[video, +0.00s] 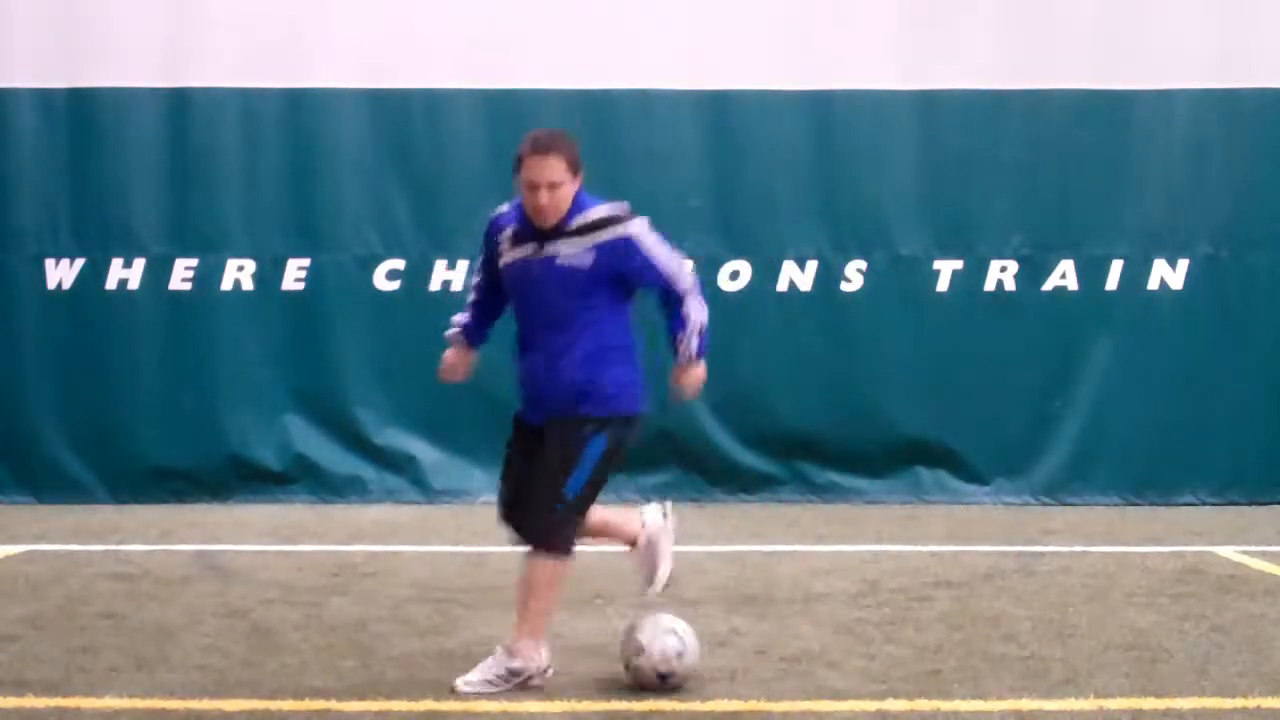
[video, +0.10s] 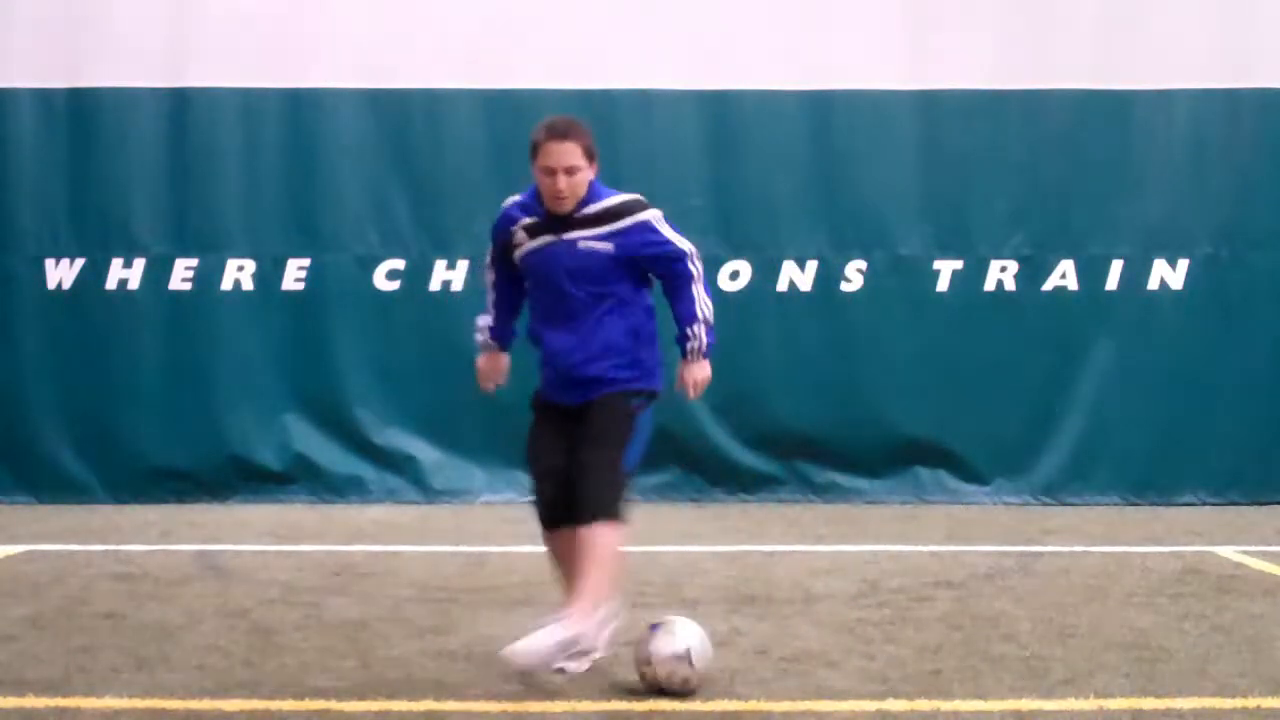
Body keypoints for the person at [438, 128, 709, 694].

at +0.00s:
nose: (541, 199)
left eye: (553, 187)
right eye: (531, 187)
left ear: (577, 181)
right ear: (517, 183)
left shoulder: (615, 227)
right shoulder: (504, 230)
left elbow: (682, 282)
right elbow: (488, 290)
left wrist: (690, 352)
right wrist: (465, 338)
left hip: (602, 403)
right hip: (541, 403)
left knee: (552, 520)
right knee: (521, 513)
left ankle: (526, 655)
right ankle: (642, 528)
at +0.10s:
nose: (560, 183)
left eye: (571, 171)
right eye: (549, 172)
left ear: (592, 169)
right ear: (533, 171)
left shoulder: (628, 215)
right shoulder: (515, 221)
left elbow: (682, 267)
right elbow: (503, 282)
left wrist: (697, 349)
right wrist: (495, 342)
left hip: (621, 380)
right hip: (558, 382)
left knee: (596, 484)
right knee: (552, 497)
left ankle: (582, 618)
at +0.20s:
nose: (584, 196)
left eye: (595, 184)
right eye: (573, 185)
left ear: (616, 185)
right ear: (559, 186)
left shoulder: (650, 236)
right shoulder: (537, 237)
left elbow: (702, 302)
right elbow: (512, 295)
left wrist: (706, 357)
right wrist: (490, 354)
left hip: (643, 394)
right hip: (572, 398)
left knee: (662, 496)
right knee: (559, 524)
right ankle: (584, 634)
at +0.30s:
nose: (624, 174)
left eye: (634, 163)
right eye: (613, 163)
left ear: (651, 162)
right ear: (594, 164)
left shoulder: (682, 212)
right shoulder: (567, 214)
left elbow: (732, 274)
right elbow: (530, 268)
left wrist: (725, 314)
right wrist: (494, 317)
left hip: (666, 381)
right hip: (590, 388)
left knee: (712, 476)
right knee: (572, 517)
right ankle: (579, 630)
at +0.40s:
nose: (662, 140)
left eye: (672, 129)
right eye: (650, 129)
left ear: (689, 131)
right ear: (631, 132)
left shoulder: (719, 184)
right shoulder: (600, 183)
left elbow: (754, 248)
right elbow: (565, 245)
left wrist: (751, 290)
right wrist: (541, 302)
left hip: (701, 360)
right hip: (621, 364)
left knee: (748, 475)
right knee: (605, 485)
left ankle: (782, 604)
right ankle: (609, 610)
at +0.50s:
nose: (702, 146)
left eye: (712, 136)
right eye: (691, 135)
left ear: (727, 139)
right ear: (668, 137)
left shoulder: (754, 195)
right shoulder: (634, 193)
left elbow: (789, 265)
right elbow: (599, 261)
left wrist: (789, 320)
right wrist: (587, 327)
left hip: (732, 361)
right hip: (657, 357)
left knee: (750, 493)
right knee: (660, 451)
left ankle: (737, 623)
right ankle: (678, 580)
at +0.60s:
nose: (740, 172)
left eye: (750, 162)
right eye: (728, 161)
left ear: (765, 167)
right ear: (708, 166)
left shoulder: (789, 223)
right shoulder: (676, 219)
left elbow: (819, 290)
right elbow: (633, 294)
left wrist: (843, 344)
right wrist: (631, 362)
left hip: (761, 380)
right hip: (693, 367)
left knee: (758, 515)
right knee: (728, 436)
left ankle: (731, 635)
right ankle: (705, 585)